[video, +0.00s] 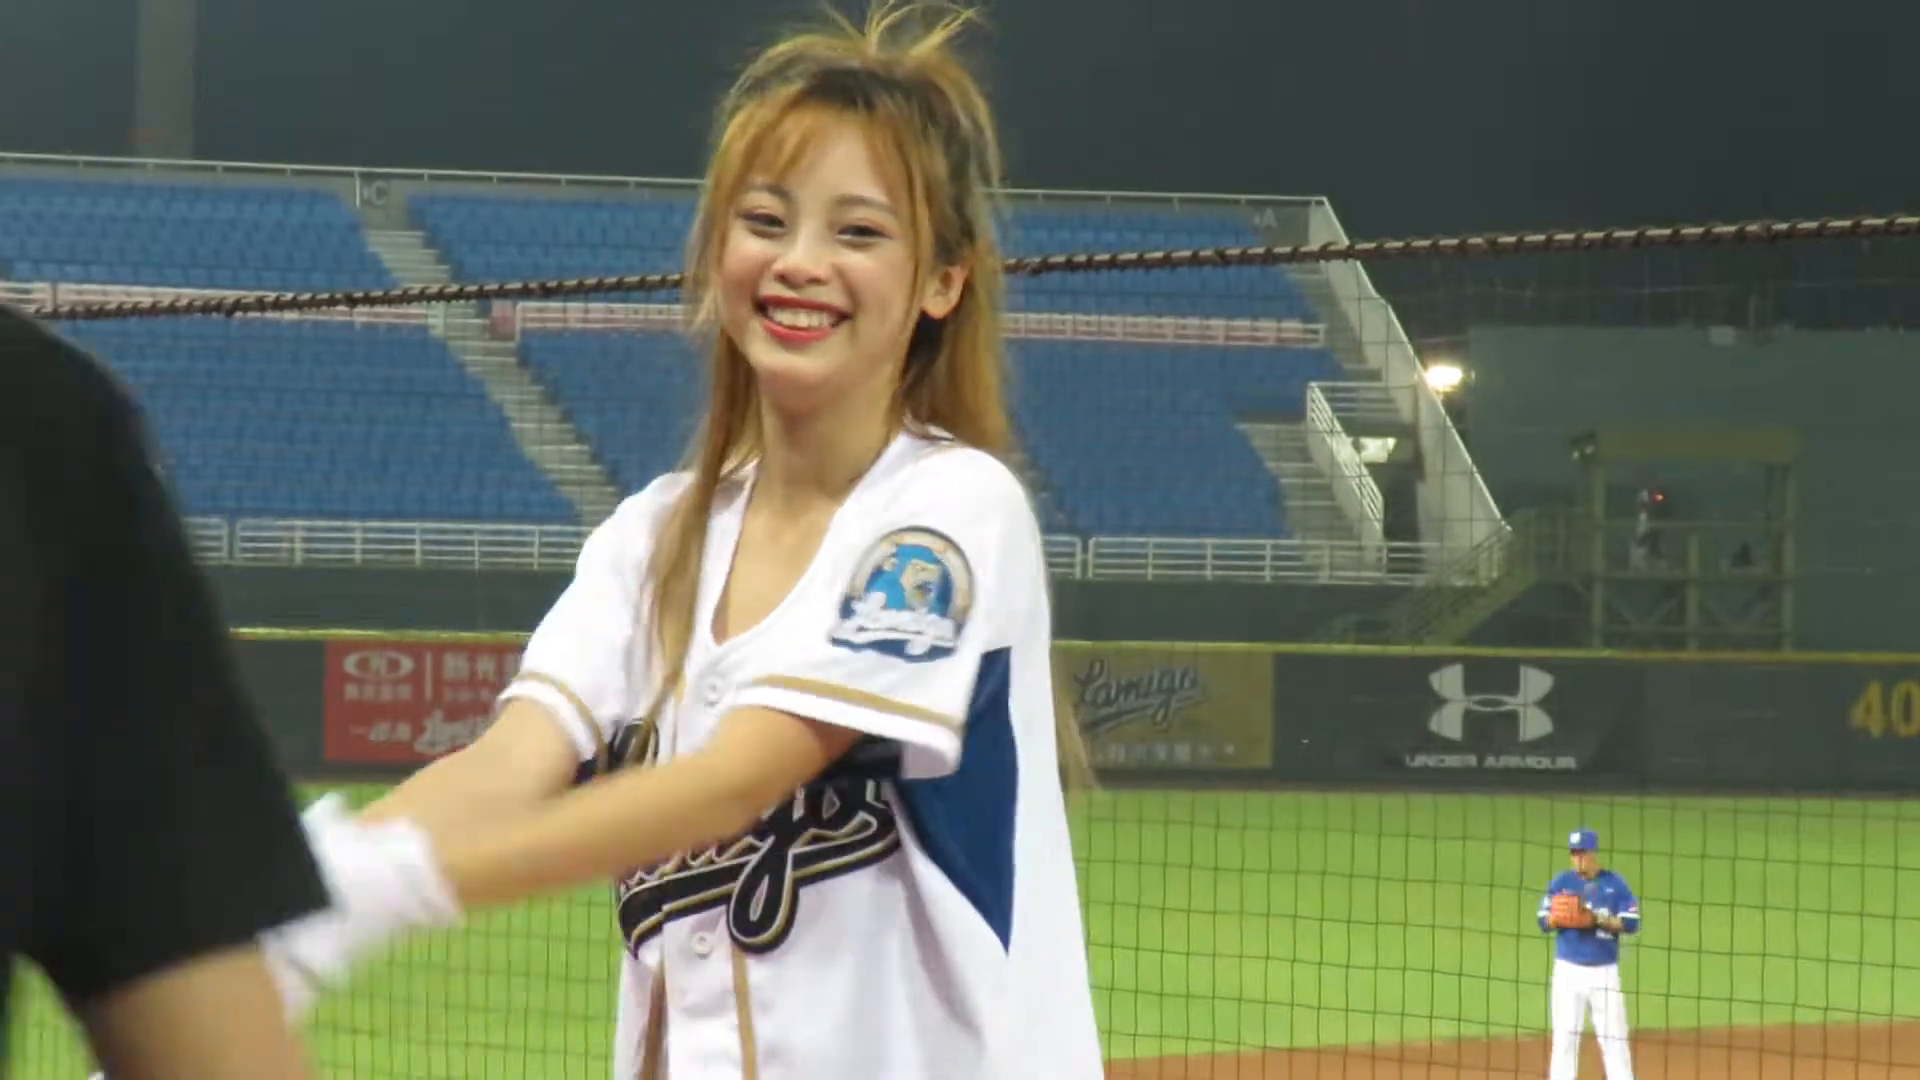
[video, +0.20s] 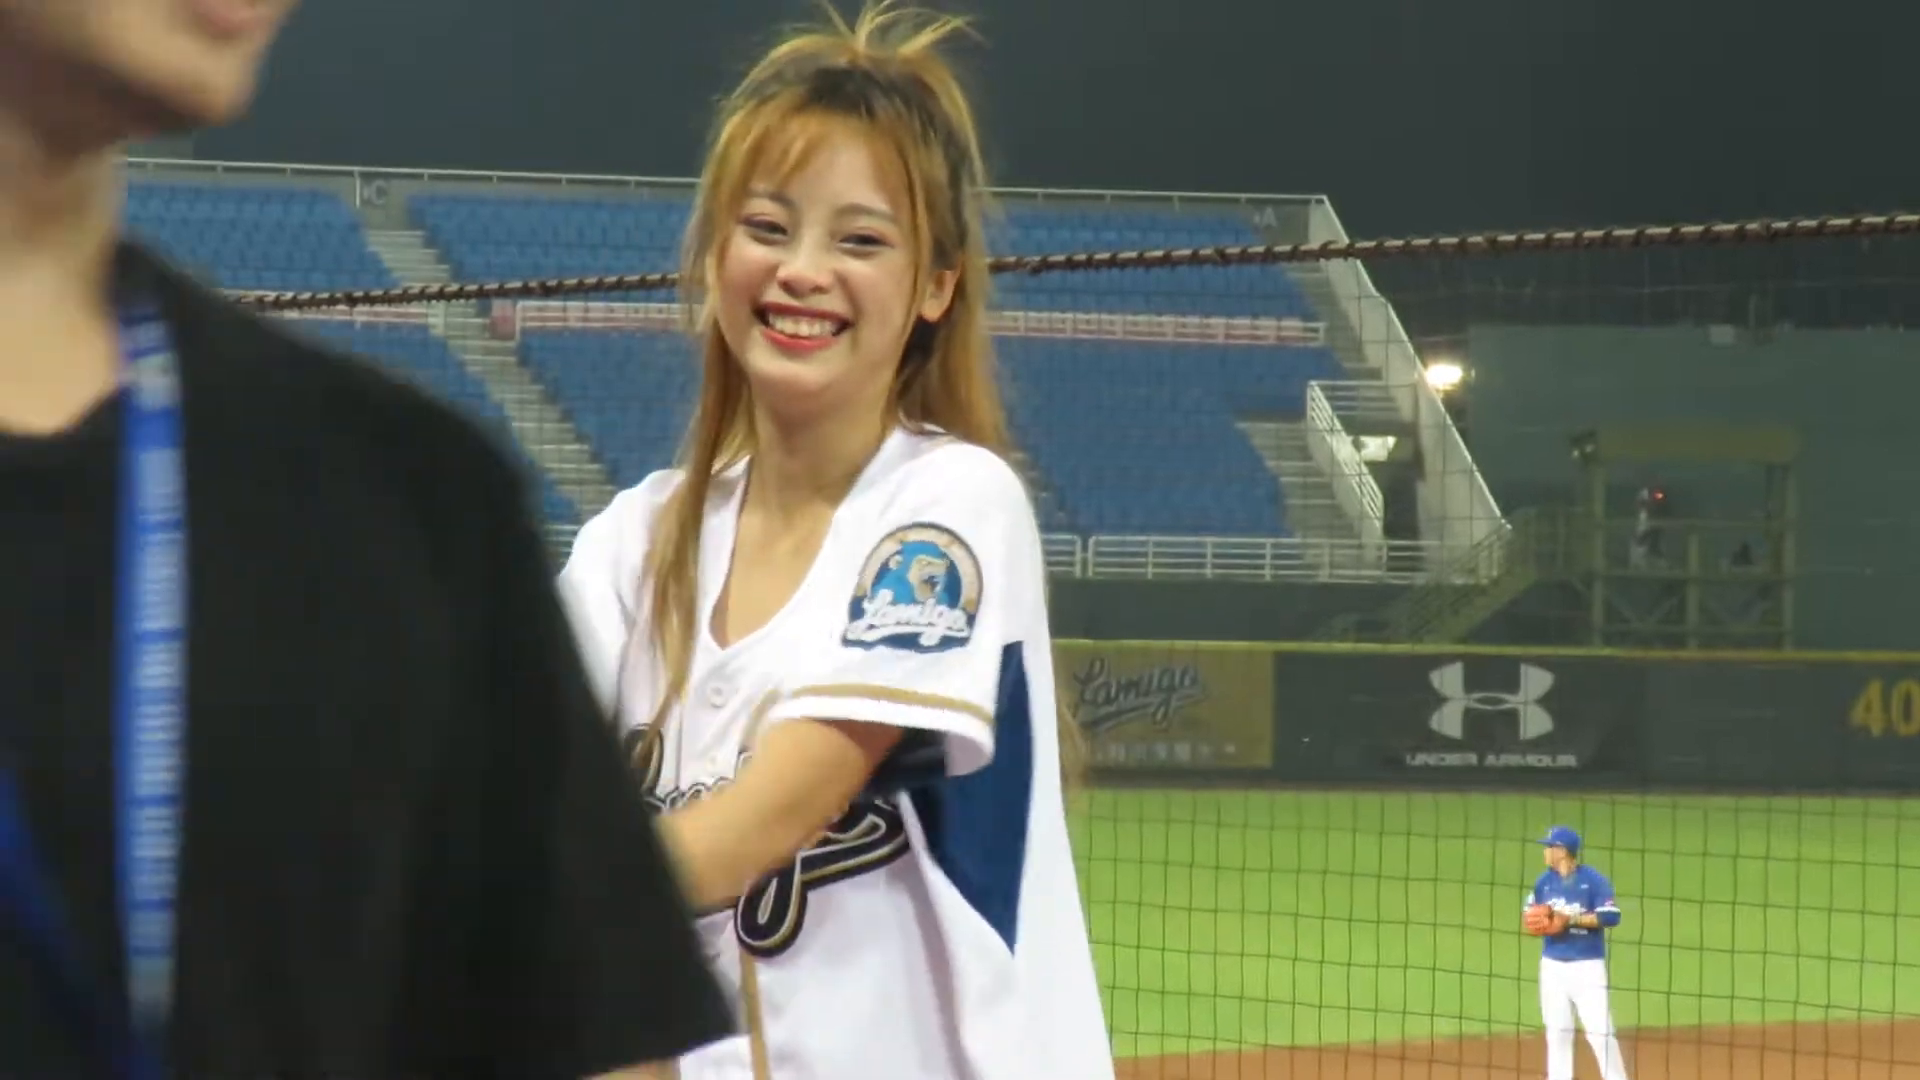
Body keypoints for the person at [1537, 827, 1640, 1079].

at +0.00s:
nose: (1579, 860)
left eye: (1584, 854)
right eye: (1575, 854)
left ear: (1595, 853)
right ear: (1571, 855)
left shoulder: (1614, 883)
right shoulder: (1562, 882)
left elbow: (1632, 923)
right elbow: (1543, 922)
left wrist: (1595, 918)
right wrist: (1561, 916)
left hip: (1604, 970)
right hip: (1568, 970)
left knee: (1614, 1038)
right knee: (1565, 1039)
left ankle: (1622, 1077)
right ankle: (1561, 1077)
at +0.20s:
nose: (1545, 852)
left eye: (1550, 847)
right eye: (1546, 847)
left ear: (1564, 851)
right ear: (1558, 852)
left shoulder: (1593, 879)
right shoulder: (1545, 881)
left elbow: (1611, 916)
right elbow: (1531, 914)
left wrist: (1569, 919)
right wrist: (1538, 919)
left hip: (1587, 965)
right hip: (1553, 965)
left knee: (1600, 1033)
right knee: (1557, 1033)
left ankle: (1616, 1077)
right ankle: (1558, 1078)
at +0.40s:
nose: (1534, 850)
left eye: (1537, 846)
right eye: (1535, 845)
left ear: (1548, 849)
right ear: (1546, 848)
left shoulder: (1575, 875)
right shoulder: (1539, 880)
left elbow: (1589, 912)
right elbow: (1530, 912)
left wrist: (1547, 920)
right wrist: (1525, 921)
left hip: (1572, 963)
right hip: (1543, 962)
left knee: (1572, 1030)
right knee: (1548, 1028)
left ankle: (1588, 1076)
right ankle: (1556, 1074)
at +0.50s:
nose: (1528, 850)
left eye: (1532, 845)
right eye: (1529, 845)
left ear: (1543, 848)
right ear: (1540, 847)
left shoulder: (1569, 874)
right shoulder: (1537, 878)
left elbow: (1578, 911)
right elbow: (1531, 911)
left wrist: (1540, 919)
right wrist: (1522, 921)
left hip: (1564, 961)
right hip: (1538, 960)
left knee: (1559, 1027)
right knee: (1543, 1027)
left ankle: (1565, 1075)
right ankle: (1551, 1073)